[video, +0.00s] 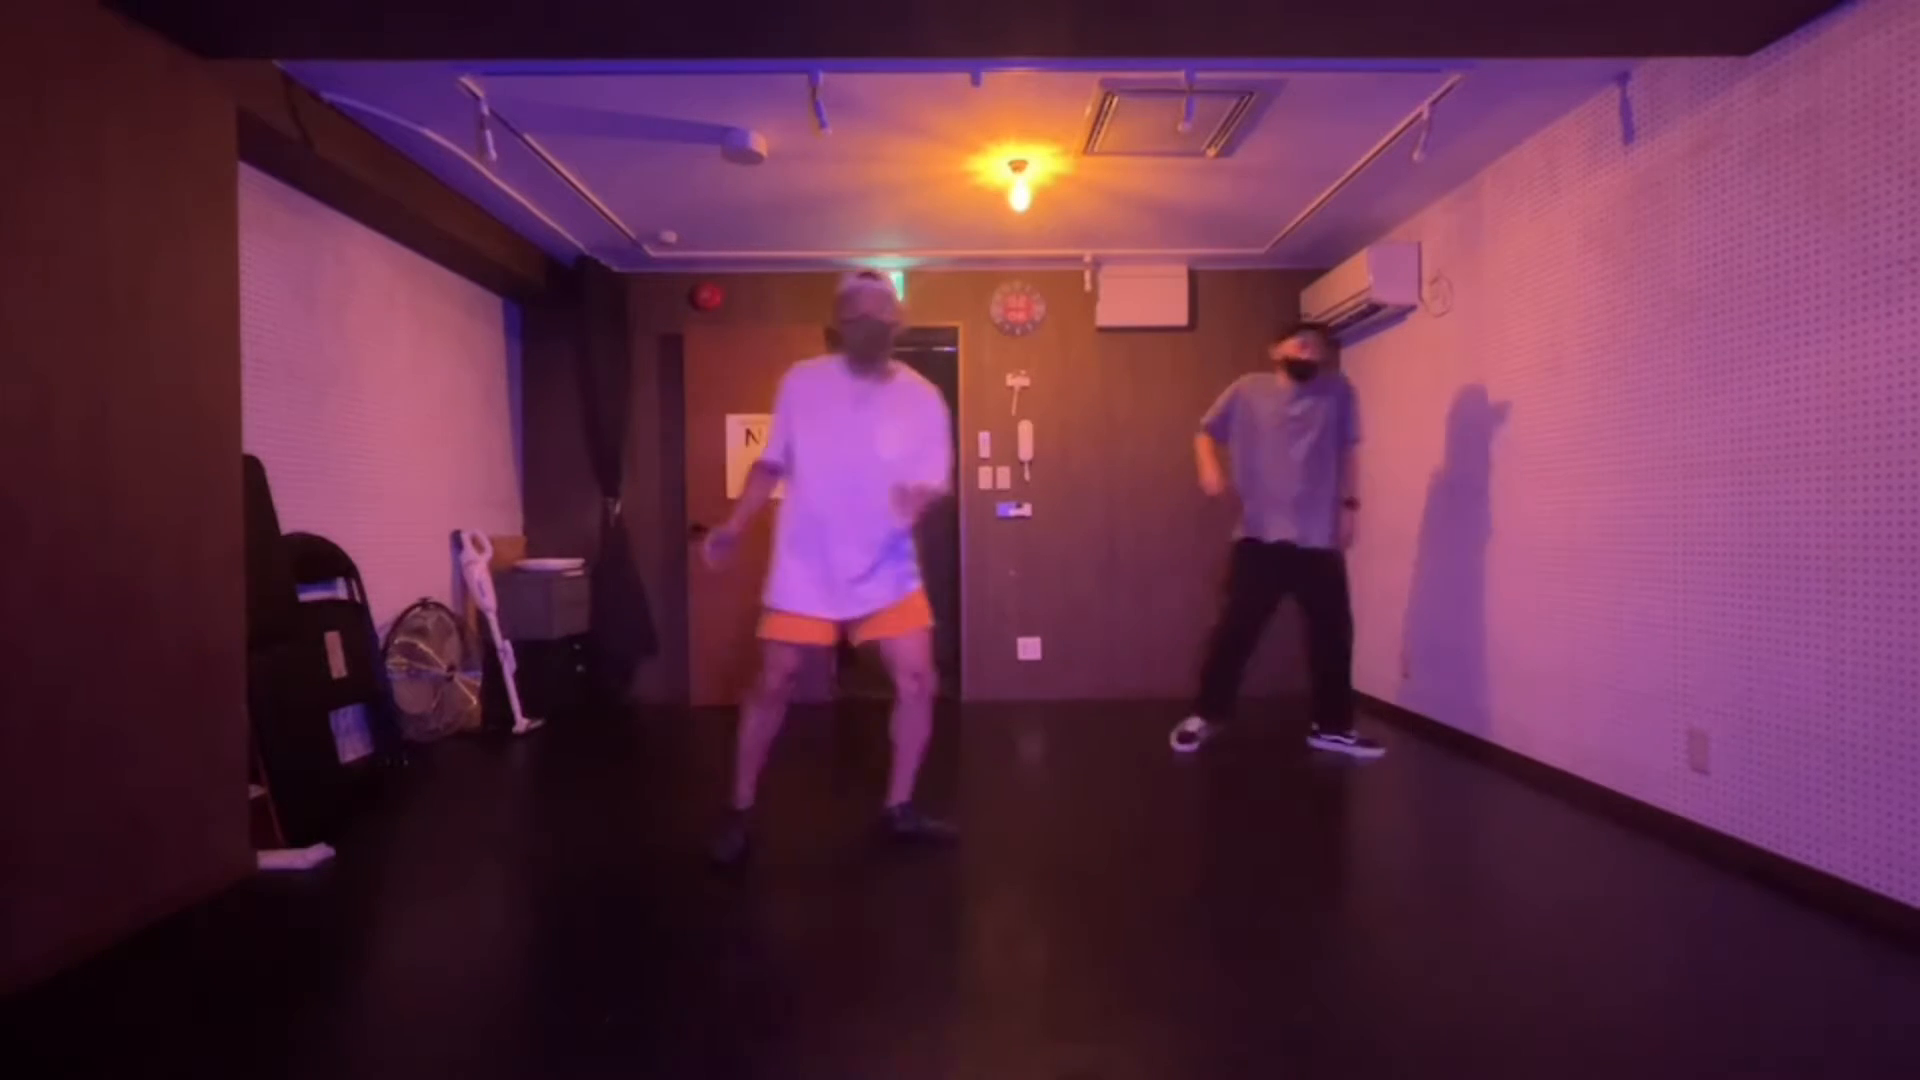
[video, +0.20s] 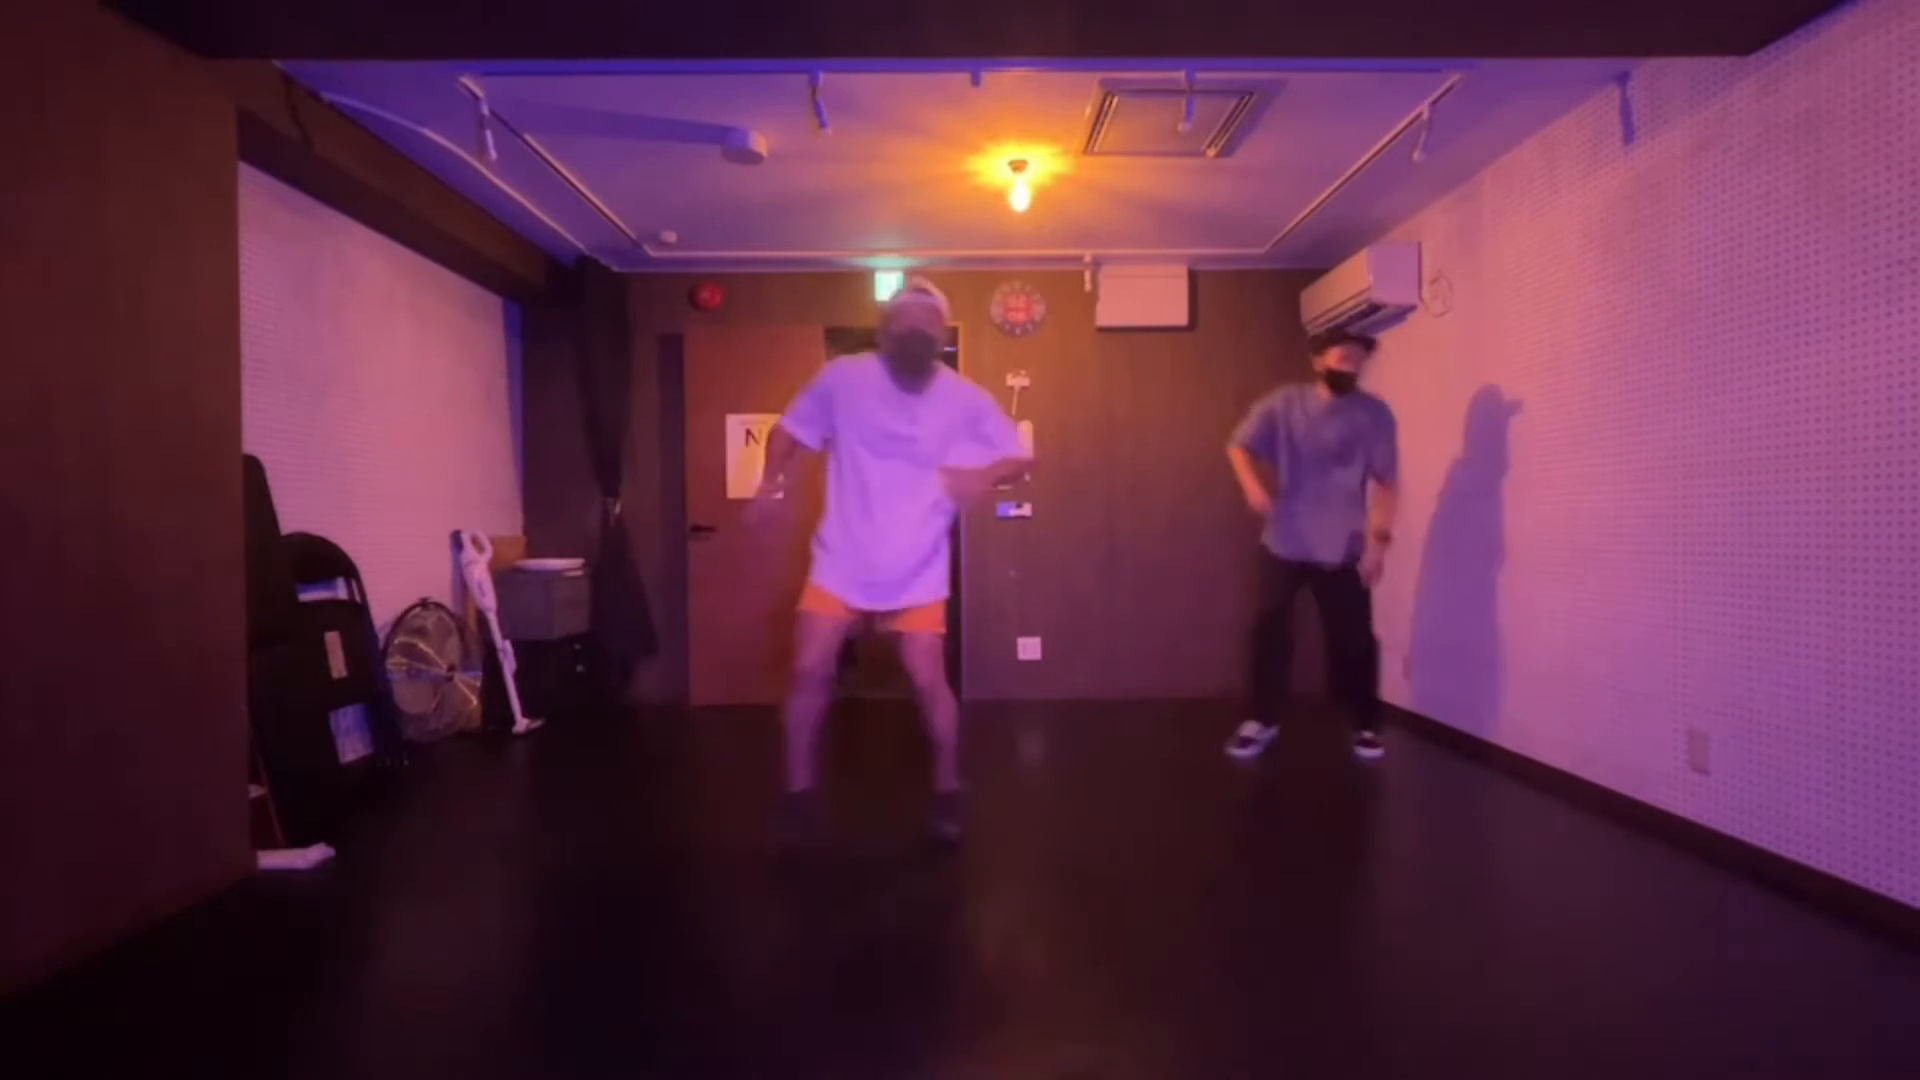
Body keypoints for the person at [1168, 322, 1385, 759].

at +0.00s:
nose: (1302, 364)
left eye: (1312, 358)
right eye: (1296, 354)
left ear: (1325, 362)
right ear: (1278, 354)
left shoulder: (1336, 395)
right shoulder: (1249, 390)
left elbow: (1347, 452)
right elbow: (1206, 431)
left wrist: (1348, 506)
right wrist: (1210, 472)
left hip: (1318, 543)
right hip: (1261, 541)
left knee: (1333, 639)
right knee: (1234, 632)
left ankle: (1331, 727)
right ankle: (1205, 716)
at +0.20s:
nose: (1346, 363)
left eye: (1354, 356)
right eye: (1339, 353)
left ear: (1362, 363)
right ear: (1319, 357)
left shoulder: (1372, 415)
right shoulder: (1286, 402)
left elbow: (1385, 483)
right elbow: (1237, 446)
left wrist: (1377, 543)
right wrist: (1255, 491)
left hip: (1341, 551)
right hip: (1283, 546)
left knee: (1353, 641)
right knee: (1269, 631)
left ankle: (1365, 726)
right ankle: (1262, 718)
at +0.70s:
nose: (1392, 372)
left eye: (1401, 365)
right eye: (1384, 363)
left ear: (1408, 374)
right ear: (1365, 369)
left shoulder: (1405, 429)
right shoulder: (1344, 413)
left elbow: (1410, 493)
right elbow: (1322, 479)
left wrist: (1398, 451)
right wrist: (1337, 539)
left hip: (1381, 555)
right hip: (1333, 553)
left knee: (1391, 643)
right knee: (1335, 638)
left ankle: (1376, 724)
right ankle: (1334, 705)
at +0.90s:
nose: (1384, 373)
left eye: (1390, 365)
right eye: (1375, 365)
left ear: (1398, 367)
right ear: (1355, 368)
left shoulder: (1412, 402)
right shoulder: (1333, 412)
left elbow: (1452, 440)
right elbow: (1313, 474)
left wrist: (1430, 447)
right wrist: (1371, 511)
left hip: (1389, 549)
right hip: (1339, 548)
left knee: (1394, 645)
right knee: (1346, 640)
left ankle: (1381, 726)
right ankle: (1332, 681)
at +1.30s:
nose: (1319, 381)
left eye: (1326, 372)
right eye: (1309, 374)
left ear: (1337, 378)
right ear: (1290, 384)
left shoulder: (1366, 416)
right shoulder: (1281, 447)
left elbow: (1396, 470)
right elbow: (1287, 508)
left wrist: (1410, 517)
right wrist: (1336, 494)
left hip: (1388, 552)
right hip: (1332, 557)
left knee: (1400, 649)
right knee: (1329, 645)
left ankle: (1382, 727)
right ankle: (1318, 736)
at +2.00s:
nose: (1319, 383)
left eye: (1327, 375)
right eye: (1312, 373)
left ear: (1335, 381)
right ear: (1293, 374)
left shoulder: (1329, 430)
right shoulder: (1263, 409)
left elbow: (1341, 499)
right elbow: (1215, 453)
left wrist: (1328, 468)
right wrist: (1205, 507)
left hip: (1304, 549)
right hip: (1257, 540)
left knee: (1300, 641)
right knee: (1288, 637)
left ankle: (1258, 710)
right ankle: (1312, 733)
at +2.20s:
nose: (1296, 367)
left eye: (1304, 360)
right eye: (1287, 359)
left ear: (1313, 370)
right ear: (1269, 367)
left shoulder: (1318, 414)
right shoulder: (1243, 403)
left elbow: (1361, 451)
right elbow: (1188, 440)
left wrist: (1336, 442)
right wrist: (1191, 493)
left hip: (1289, 544)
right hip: (1244, 537)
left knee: (1283, 636)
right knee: (1271, 632)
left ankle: (1253, 718)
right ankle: (1283, 727)